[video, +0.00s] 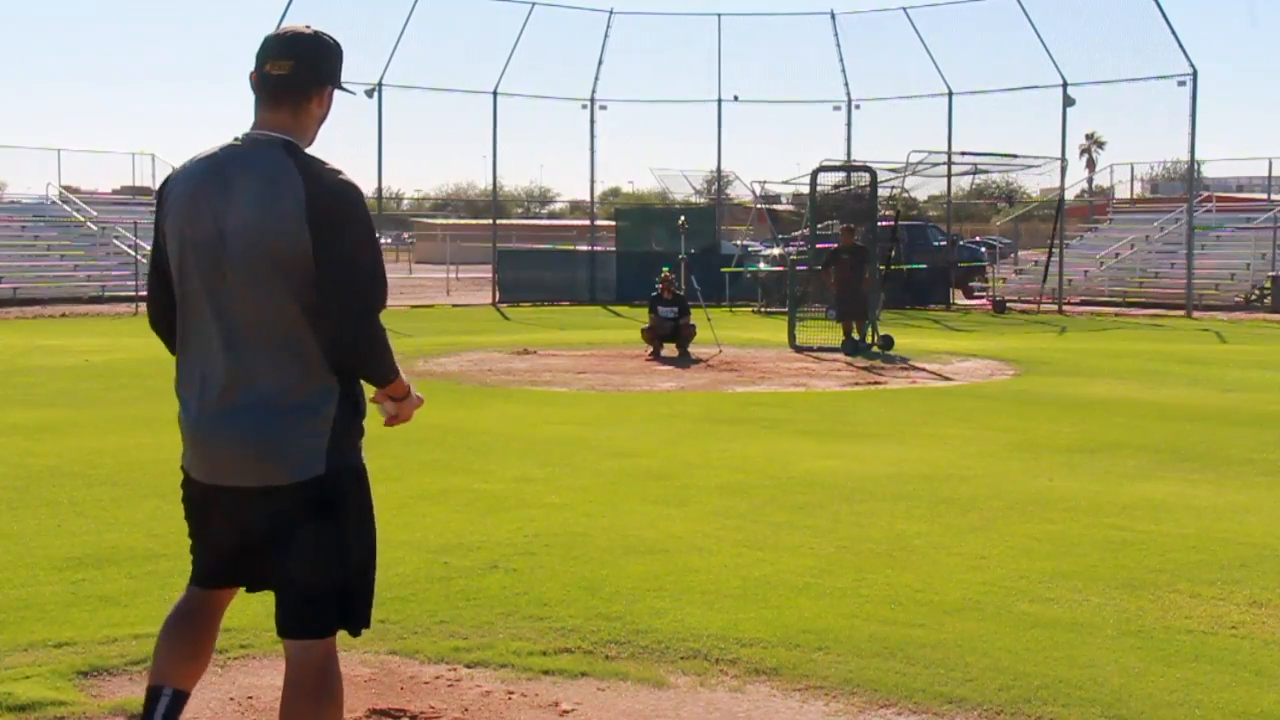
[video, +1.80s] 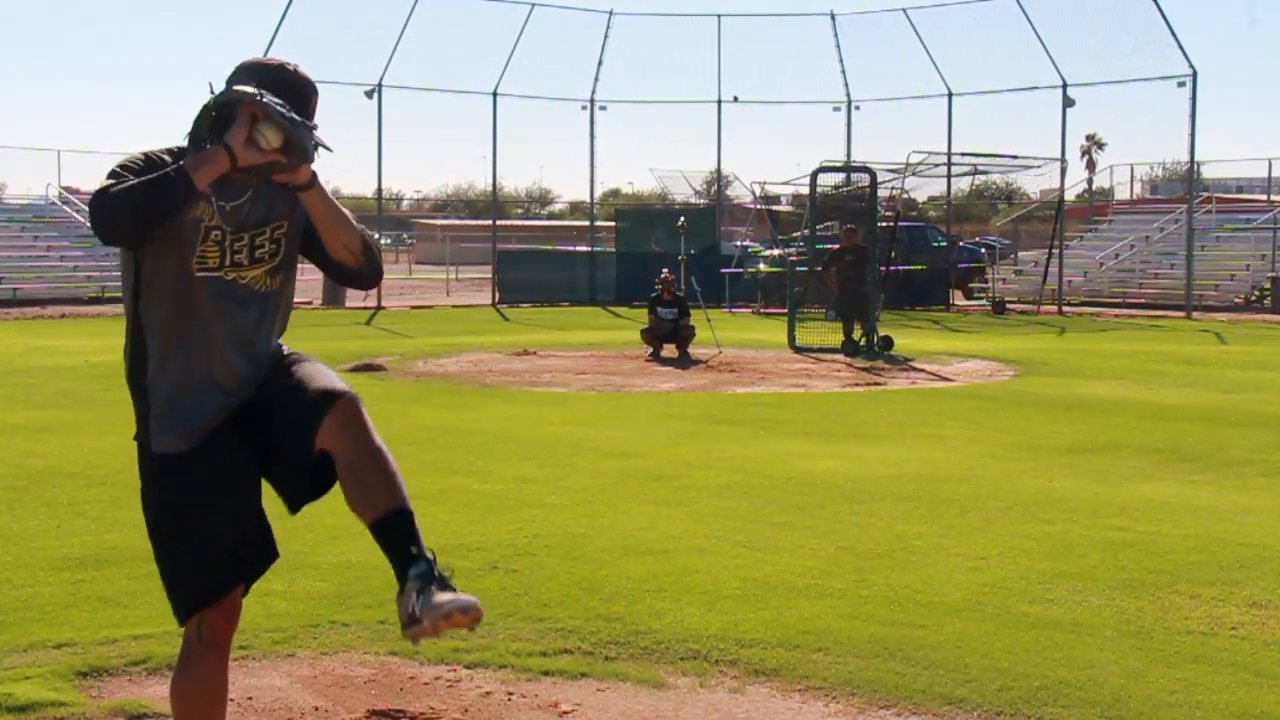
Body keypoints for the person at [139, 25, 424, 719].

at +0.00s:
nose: (329, 109)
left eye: (330, 98)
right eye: (331, 97)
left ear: (255, 90)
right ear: (321, 98)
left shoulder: (181, 186)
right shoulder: (329, 194)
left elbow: (165, 314)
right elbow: (352, 322)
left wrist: (226, 362)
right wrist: (391, 381)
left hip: (209, 446)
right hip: (307, 450)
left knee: (208, 588)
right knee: (312, 640)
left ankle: (156, 714)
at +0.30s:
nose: (273, 137)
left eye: (279, 124)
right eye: (278, 121)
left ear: (207, 104)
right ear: (259, 111)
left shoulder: (142, 190)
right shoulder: (235, 202)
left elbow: (197, 313)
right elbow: (288, 339)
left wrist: (309, 301)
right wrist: (348, 327)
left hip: (139, 451)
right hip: (229, 454)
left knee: (125, 627)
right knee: (274, 641)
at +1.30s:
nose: (258, 150)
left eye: (264, 139)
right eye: (256, 133)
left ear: (220, 117)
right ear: (215, 108)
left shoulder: (229, 200)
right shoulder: (141, 185)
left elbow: (279, 311)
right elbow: (189, 294)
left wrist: (317, 262)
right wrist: (288, 261)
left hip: (207, 445)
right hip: (156, 448)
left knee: (200, 610)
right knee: (227, 618)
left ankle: (138, 716)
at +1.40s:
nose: (265, 144)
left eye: (271, 131)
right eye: (262, 126)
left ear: (228, 113)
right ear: (216, 103)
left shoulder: (248, 199)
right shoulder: (135, 183)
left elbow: (299, 305)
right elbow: (171, 281)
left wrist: (318, 253)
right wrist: (282, 237)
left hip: (233, 437)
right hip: (160, 447)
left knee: (291, 581)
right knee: (219, 619)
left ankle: (185, 710)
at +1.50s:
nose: (267, 144)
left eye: (272, 131)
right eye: (263, 126)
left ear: (228, 112)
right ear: (219, 103)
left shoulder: (251, 189)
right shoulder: (131, 179)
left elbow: (316, 299)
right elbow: (141, 265)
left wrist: (312, 236)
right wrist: (257, 216)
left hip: (250, 427)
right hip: (167, 442)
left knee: (328, 567)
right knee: (209, 622)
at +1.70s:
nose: (273, 145)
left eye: (283, 134)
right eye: (264, 128)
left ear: (291, 136)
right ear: (228, 112)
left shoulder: (278, 193)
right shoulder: (144, 169)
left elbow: (349, 286)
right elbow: (105, 232)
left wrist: (303, 199)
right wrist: (221, 173)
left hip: (263, 399)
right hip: (176, 433)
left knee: (342, 497)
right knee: (208, 618)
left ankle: (425, 667)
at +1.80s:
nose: (268, 141)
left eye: (284, 134)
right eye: (261, 122)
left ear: (296, 141)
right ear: (230, 108)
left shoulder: (288, 194)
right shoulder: (160, 172)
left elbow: (365, 274)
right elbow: (110, 219)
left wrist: (309, 183)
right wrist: (221, 158)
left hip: (266, 384)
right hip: (183, 420)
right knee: (217, 610)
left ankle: (419, 581)